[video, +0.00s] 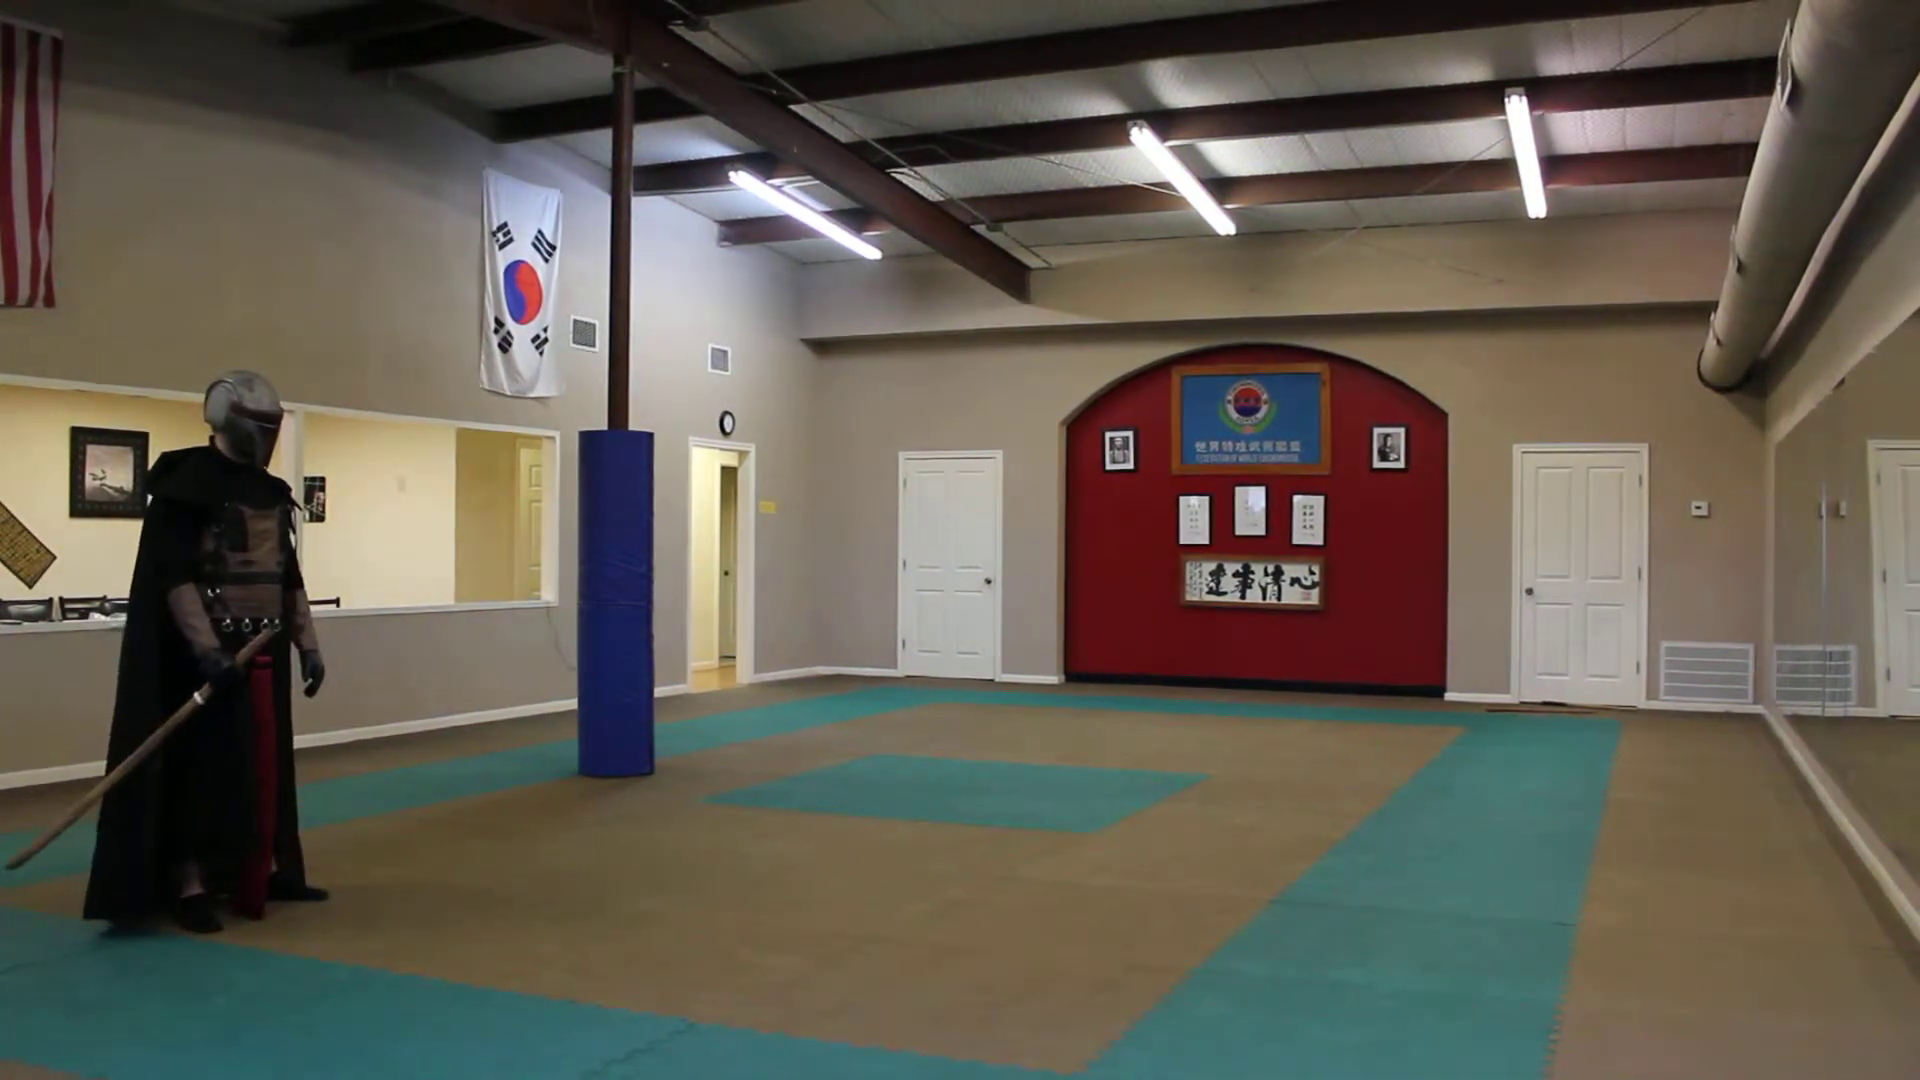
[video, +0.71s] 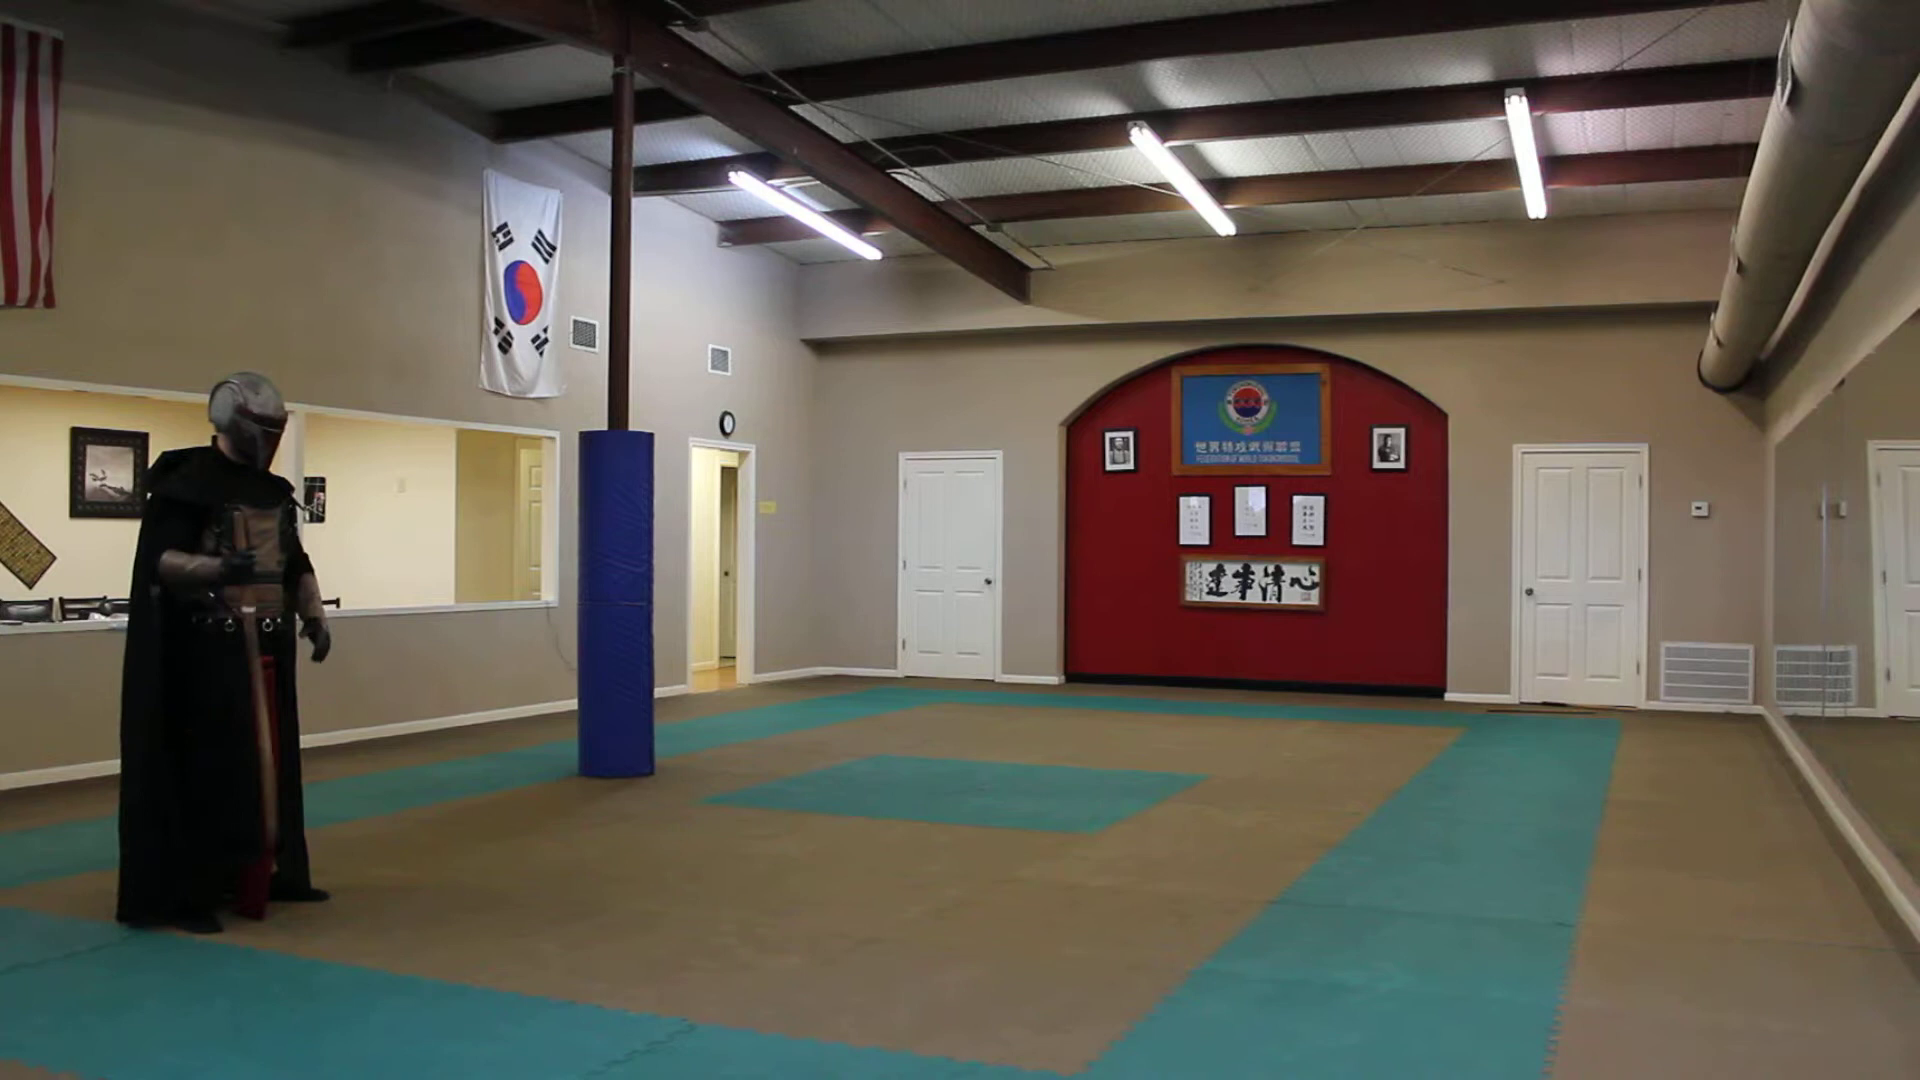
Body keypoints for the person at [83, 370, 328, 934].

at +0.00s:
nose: (273, 435)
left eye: (275, 424)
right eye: (263, 424)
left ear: (273, 424)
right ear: (230, 420)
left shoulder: (274, 495)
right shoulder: (186, 482)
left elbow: (288, 579)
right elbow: (173, 577)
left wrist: (309, 645)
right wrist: (210, 651)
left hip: (262, 658)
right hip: (199, 655)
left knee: (264, 766)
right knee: (198, 769)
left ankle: (265, 873)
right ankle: (191, 884)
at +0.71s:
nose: (276, 437)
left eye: (279, 427)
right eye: (268, 427)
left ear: (270, 427)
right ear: (232, 422)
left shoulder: (274, 493)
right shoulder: (185, 477)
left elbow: (295, 564)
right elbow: (158, 560)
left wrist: (315, 614)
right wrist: (219, 567)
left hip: (264, 652)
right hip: (198, 651)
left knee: (271, 762)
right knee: (199, 766)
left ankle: (273, 877)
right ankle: (187, 893)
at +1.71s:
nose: (278, 452)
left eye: (285, 441)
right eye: (270, 439)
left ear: (291, 440)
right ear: (239, 431)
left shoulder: (285, 494)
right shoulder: (203, 480)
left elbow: (310, 569)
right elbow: (203, 561)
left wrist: (331, 556)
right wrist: (248, 493)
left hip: (272, 647)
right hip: (212, 650)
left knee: (276, 764)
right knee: (200, 764)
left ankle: (275, 878)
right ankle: (184, 890)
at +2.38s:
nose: (279, 447)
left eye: (284, 437)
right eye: (271, 435)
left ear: (287, 437)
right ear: (242, 428)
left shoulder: (287, 491)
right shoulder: (199, 482)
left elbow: (306, 547)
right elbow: (208, 546)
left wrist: (324, 565)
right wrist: (219, 473)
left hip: (277, 650)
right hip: (214, 655)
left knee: (280, 766)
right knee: (209, 767)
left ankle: (276, 883)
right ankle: (193, 893)